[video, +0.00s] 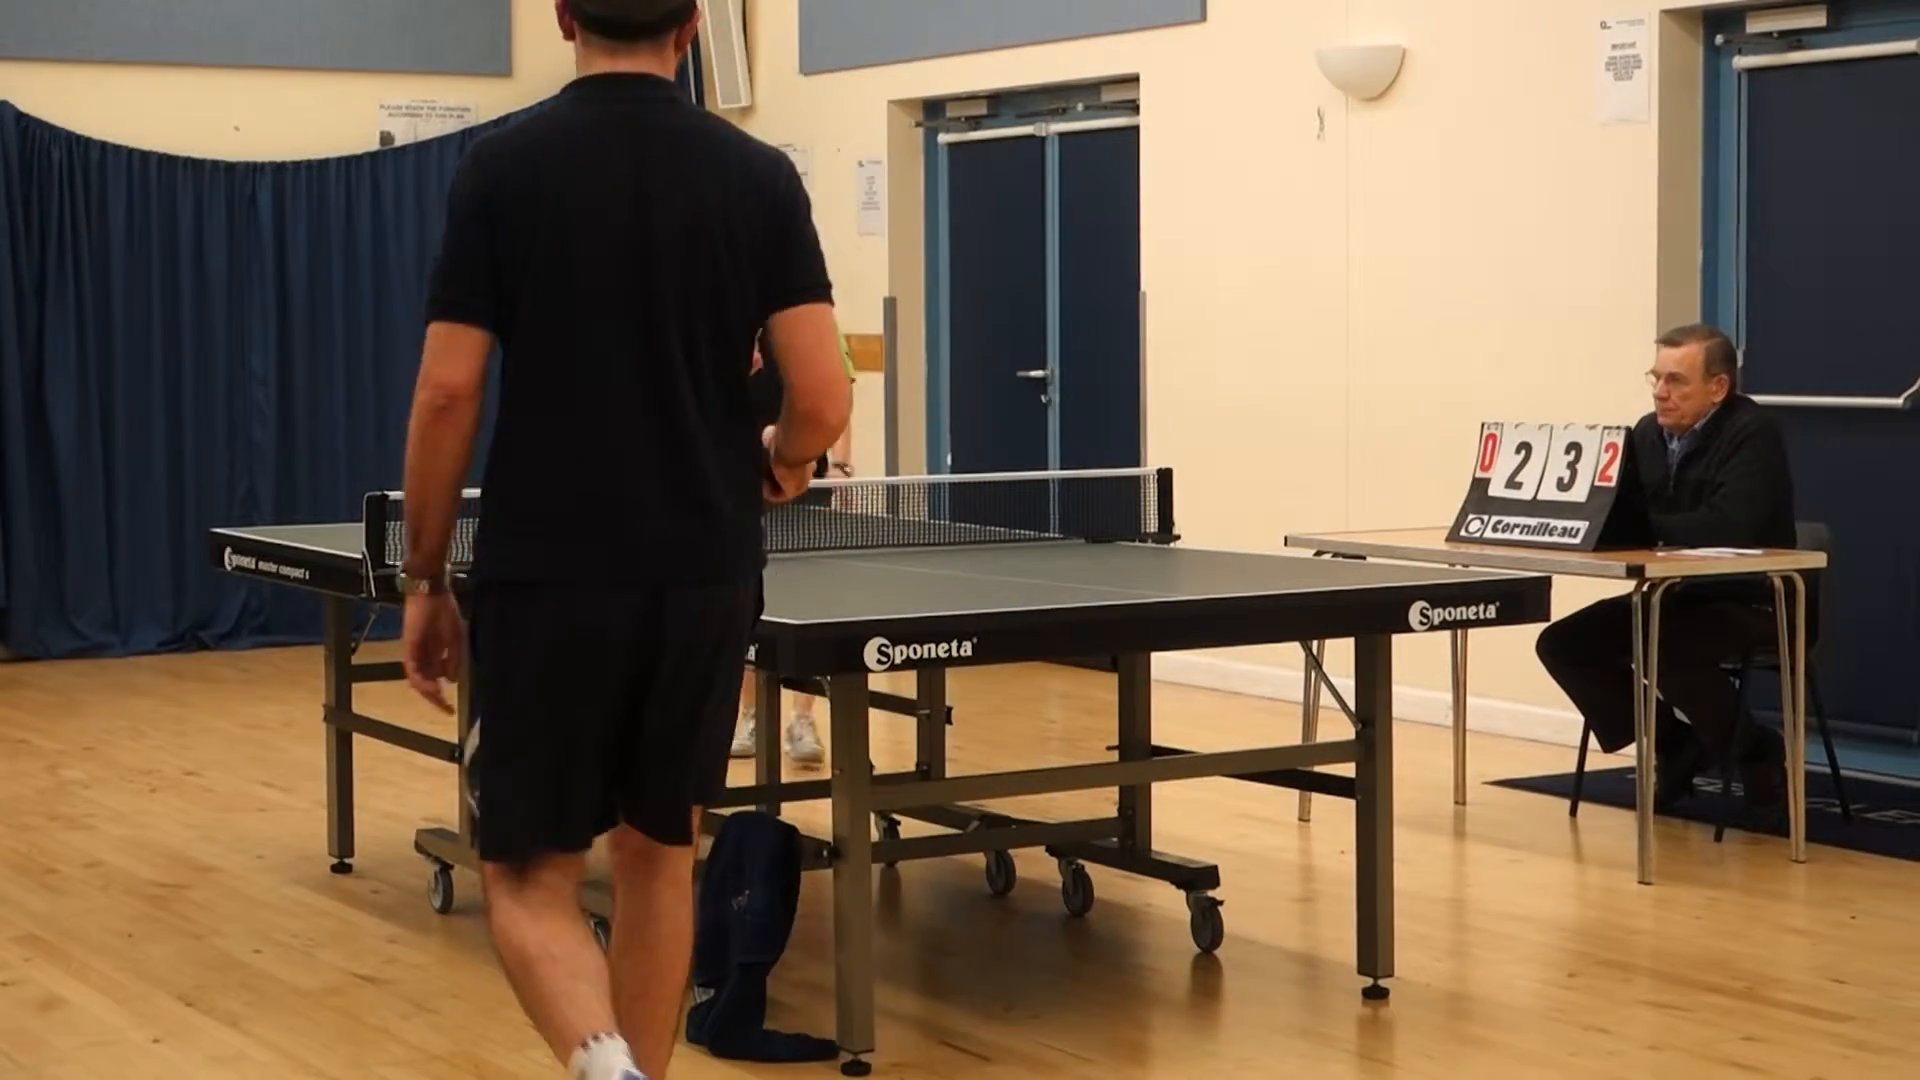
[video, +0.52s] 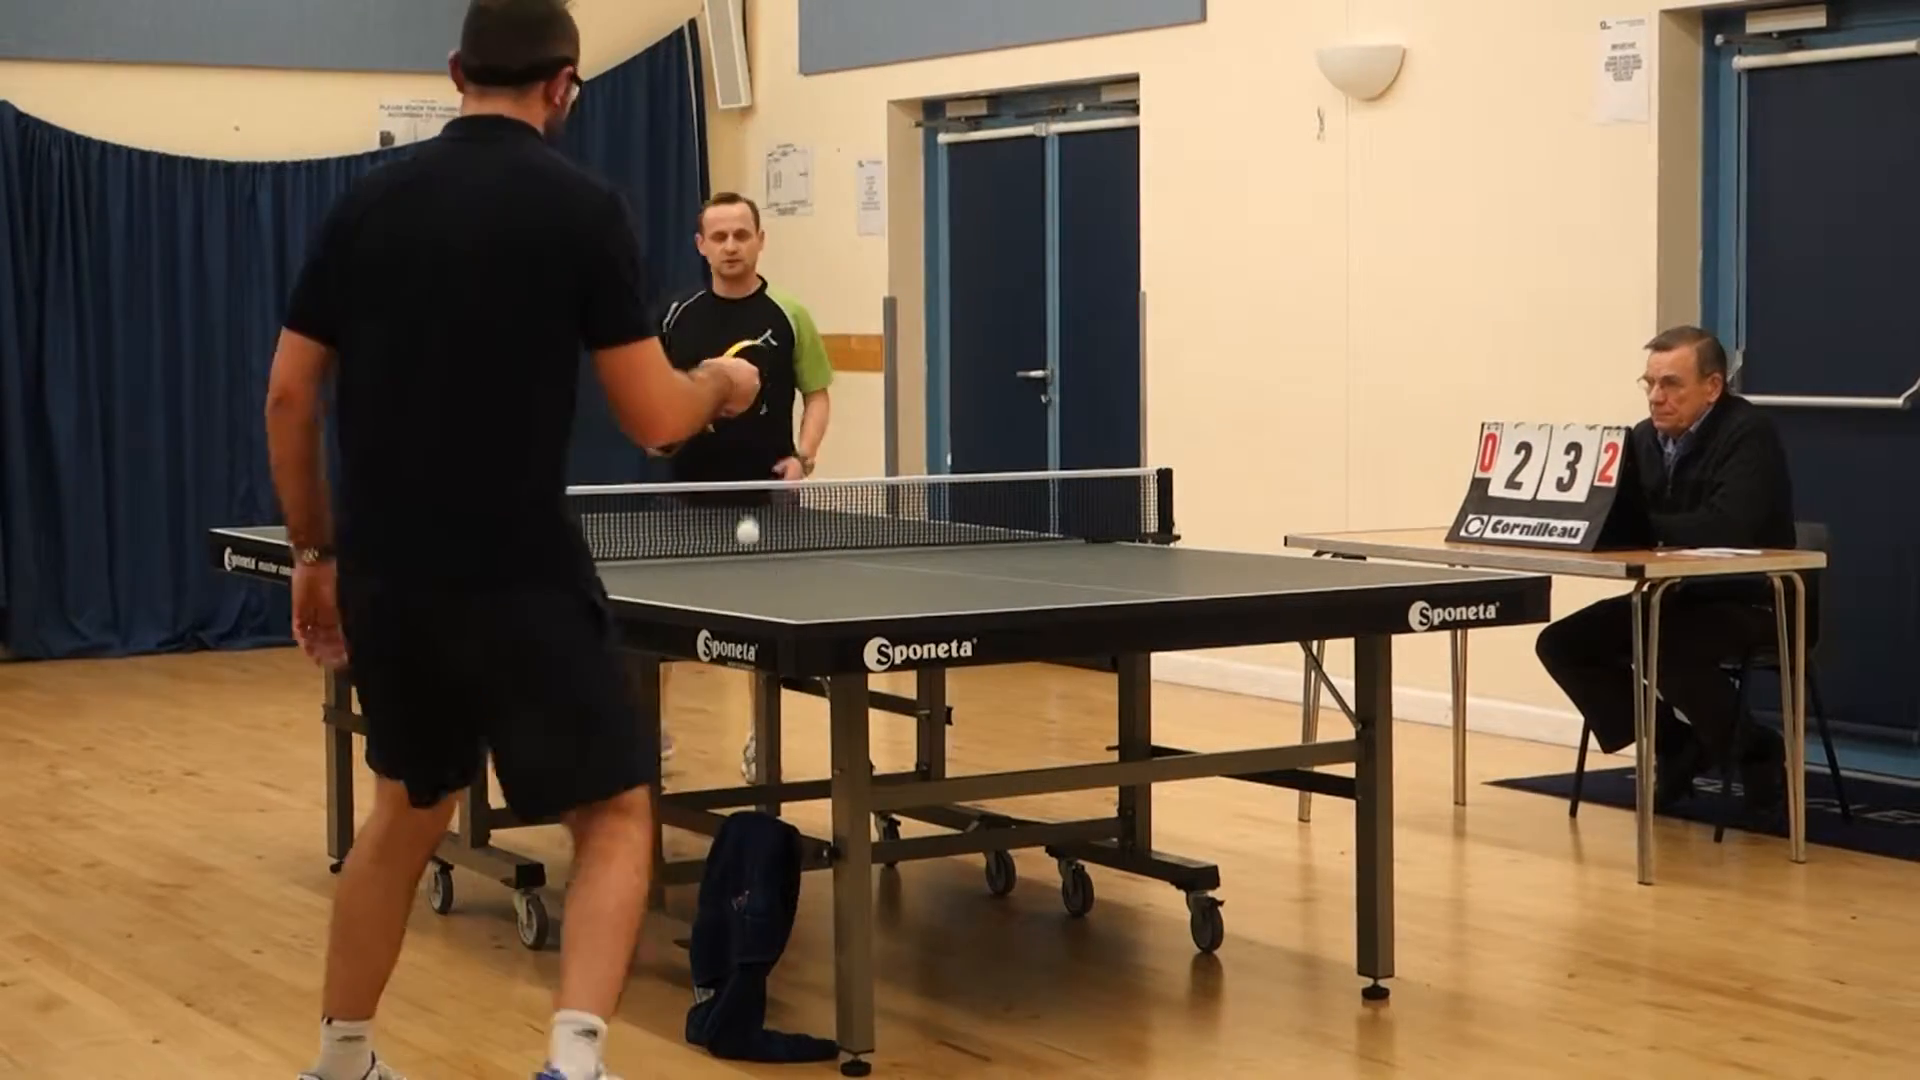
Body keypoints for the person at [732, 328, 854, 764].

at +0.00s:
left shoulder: (813, 320)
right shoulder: (725, 320)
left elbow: (837, 389)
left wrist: (840, 461)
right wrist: (734, 453)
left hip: (806, 476)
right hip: (742, 474)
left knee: (808, 600)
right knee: (745, 604)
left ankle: (802, 719)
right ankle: (749, 713)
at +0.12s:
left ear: (778, 270)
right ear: (737, 276)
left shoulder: (811, 321)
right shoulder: (720, 325)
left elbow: (853, 408)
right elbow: (700, 406)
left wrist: (891, 472)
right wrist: (747, 376)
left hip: (791, 487)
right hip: (729, 486)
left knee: (777, 611)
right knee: (739, 614)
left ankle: (754, 724)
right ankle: (756, 725)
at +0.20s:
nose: (759, 249)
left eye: (767, 239)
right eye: (751, 238)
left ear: (784, 249)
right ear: (734, 248)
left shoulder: (809, 320)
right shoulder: (710, 318)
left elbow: (851, 396)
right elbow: (679, 396)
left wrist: (892, 460)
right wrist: (702, 427)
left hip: (785, 492)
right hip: (717, 495)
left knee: (772, 610)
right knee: (726, 614)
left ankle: (756, 720)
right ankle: (749, 714)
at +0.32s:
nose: (753, 248)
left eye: (764, 237)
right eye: (741, 238)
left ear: (781, 245)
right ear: (722, 245)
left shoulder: (805, 321)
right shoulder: (695, 317)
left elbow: (840, 396)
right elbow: (653, 391)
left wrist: (872, 466)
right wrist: (661, 444)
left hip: (780, 493)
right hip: (705, 495)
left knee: (772, 611)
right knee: (714, 607)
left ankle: (761, 723)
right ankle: (733, 695)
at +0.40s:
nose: (745, 245)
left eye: (756, 234)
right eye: (733, 235)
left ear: (773, 242)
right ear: (715, 243)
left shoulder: (801, 316)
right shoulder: (688, 315)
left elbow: (827, 398)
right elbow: (644, 381)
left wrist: (846, 476)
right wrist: (654, 429)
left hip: (775, 496)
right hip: (697, 497)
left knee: (768, 617)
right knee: (674, 613)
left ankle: (763, 733)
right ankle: (714, 691)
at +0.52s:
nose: (730, 246)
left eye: (740, 235)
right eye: (718, 236)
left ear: (759, 241)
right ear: (701, 244)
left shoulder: (789, 315)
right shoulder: (679, 315)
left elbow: (818, 393)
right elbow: (652, 381)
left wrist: (805, 454)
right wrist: (658, 426)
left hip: (763, 492)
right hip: (687, 490)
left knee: (771, 618)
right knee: (647, 613)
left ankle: (763, 740)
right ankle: (648, 731)